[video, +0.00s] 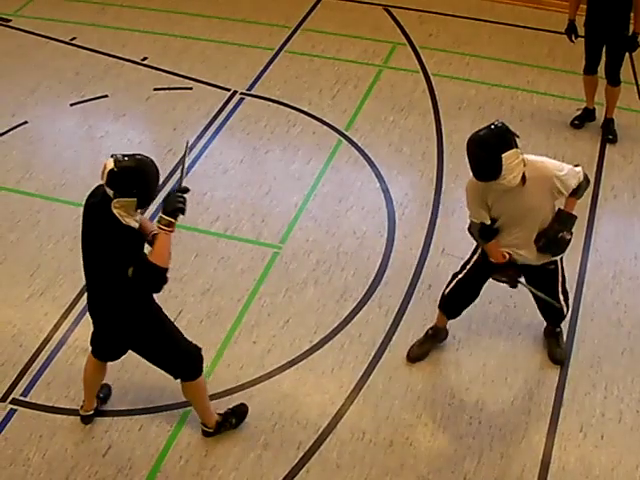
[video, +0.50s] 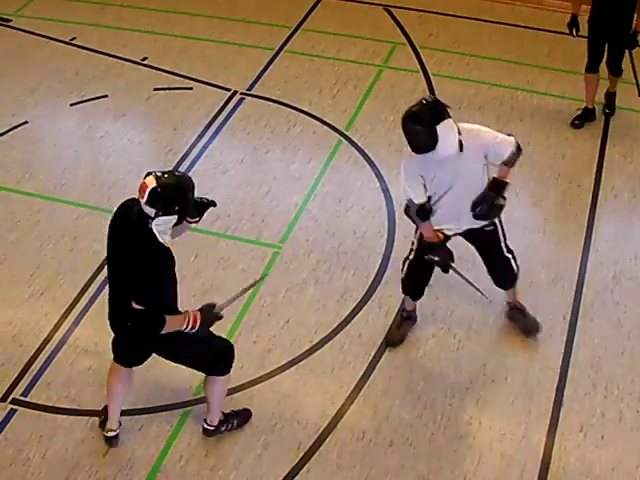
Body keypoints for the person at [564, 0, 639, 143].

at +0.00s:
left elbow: (636, 5)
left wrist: (635, 32)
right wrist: (571, 20)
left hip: (618, 28)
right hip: (594, 25)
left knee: (613, 75)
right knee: (589, 69)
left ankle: (609, 120)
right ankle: (589, 109)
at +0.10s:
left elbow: (636, 6)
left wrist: (635, 32)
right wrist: (571, 19)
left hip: (618, 28)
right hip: (594, 25)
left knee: (612, 74)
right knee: (589, 68)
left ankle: (607, 114)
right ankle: (589, 109)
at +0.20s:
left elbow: (637, 6)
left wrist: (636, 32)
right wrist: (571, 18)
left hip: (619, 27)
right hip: (594, 23)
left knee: (611, 72)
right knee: (590, 68)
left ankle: (606, 111)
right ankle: (589, 109)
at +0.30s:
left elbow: (637, 7)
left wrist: (636, 32)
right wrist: (571, 18)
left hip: (619, 27)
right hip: (595, 23)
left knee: (611, 71)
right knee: (590, 67)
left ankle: (607, 106)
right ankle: (589, 109)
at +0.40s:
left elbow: (638, 7)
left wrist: (635, 31)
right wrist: (572, 16)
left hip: (620, 25)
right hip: (596, 21)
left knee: (613, 69)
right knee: (591, 66)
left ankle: (609, 97)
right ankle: (589, 108)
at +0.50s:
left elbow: (638, 8)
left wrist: (636, 30)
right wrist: (574, 15)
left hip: (621, 24)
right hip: (597, 21)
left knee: (614, 66)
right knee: (592, 64)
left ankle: (611, 94)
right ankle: (589, 109)